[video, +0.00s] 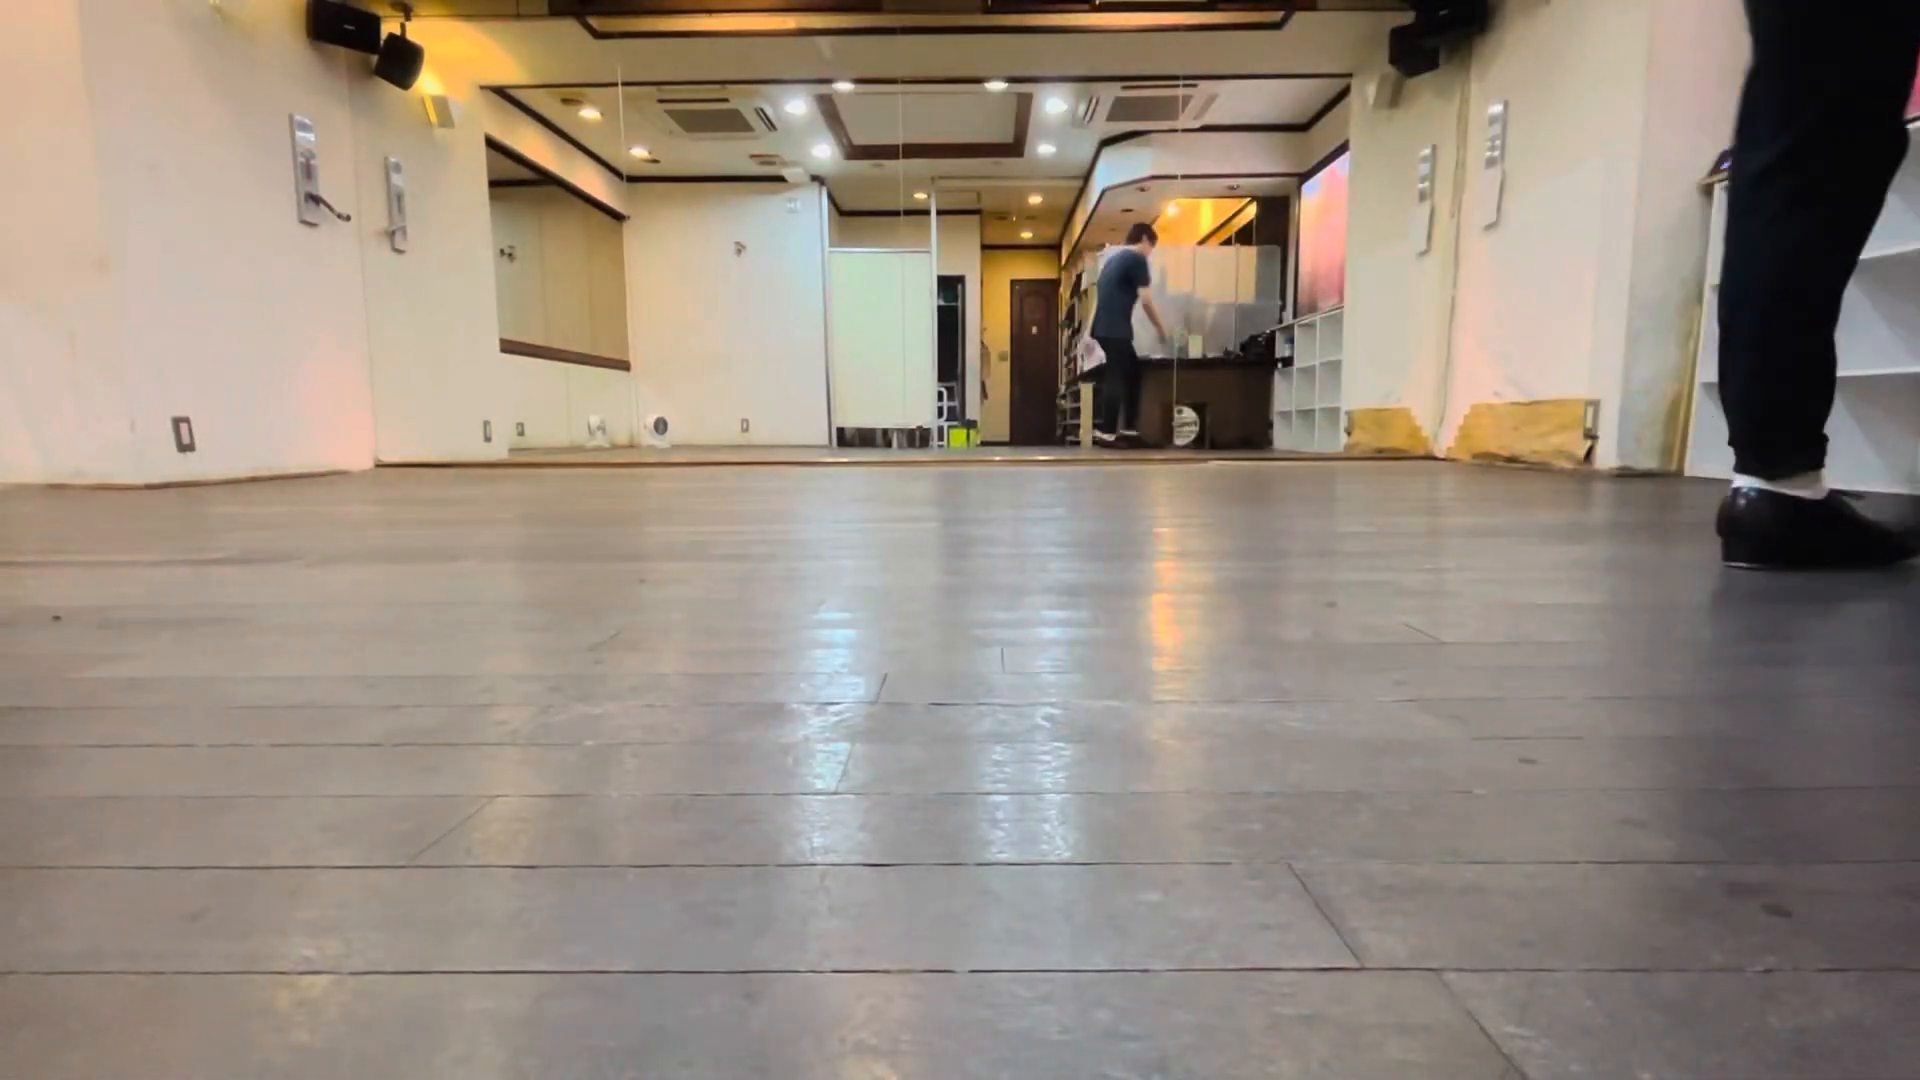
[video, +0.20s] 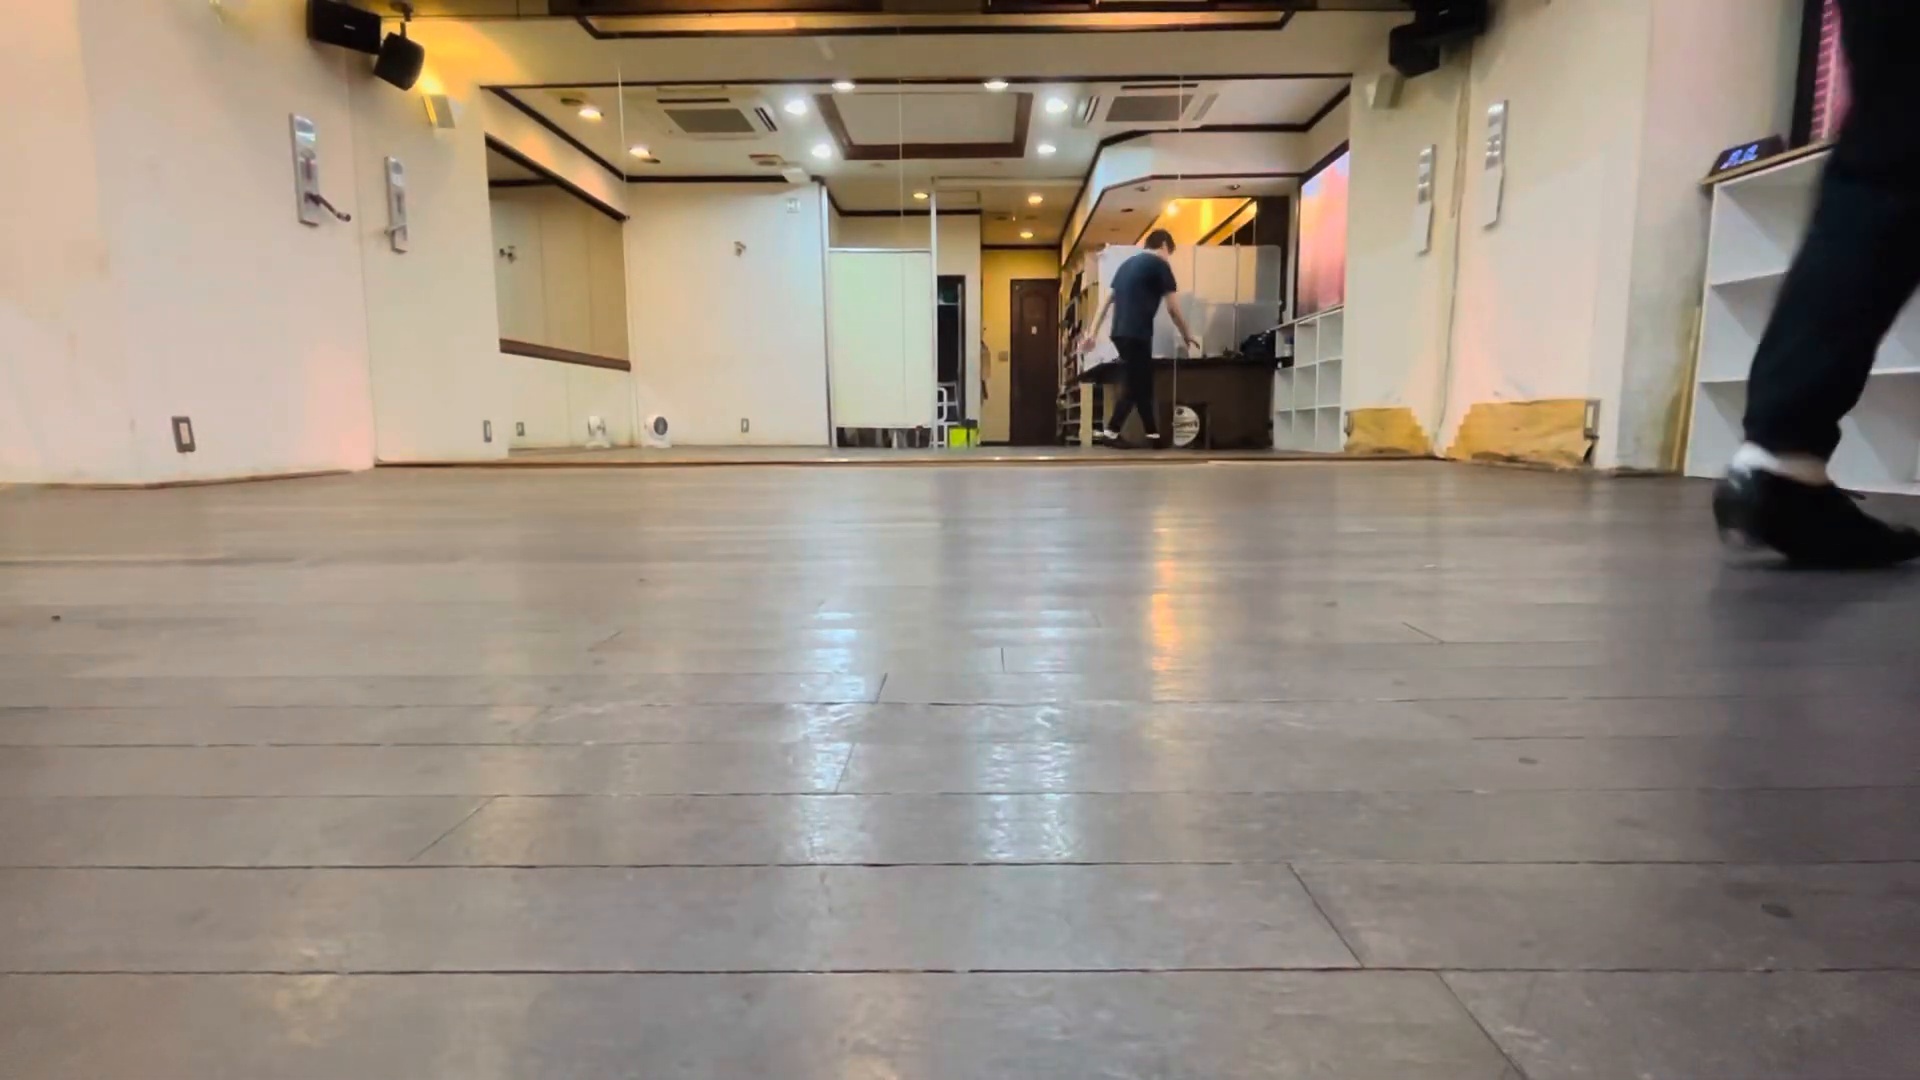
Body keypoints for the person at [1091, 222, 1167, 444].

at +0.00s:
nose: (1150, 251)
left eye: (1152, 246)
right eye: (1151, 246)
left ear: (1132, 240)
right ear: (1144, 240)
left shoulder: (1114, 258)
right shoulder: (1137, 259)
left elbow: (1106, 297)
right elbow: (1146, 301)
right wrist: (1160, 329)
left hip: (1102, 331)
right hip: (1117, 333)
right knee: (1123, 375)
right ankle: (1109, 429)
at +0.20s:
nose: (1169, 256)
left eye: (1170, 252)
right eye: (1170, 251)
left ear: (1147, 245)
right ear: (1163, 246)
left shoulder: (1128, 263)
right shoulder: (1161, 265)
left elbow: (1108, 300)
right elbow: (1172, 308)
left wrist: (1092, 333)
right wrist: (1187, 336)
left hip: (1119, 333)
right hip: (1138, 334)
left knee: (1143, 383)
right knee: (1133, 383)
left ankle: (1152, 432)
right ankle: (1111, 431)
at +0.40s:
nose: (1185, 259)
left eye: (1186, 255)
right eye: (1185, 255)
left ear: (1162, 248)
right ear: (1178, 249)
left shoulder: (1139, 264)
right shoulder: (1178, 267)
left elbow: (1128, 303)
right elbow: (1187, 311)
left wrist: (1125, 332)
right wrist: (1195, 342)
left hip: (1130, 333)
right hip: (1152, 334)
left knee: (1146, 383)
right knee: (1160, 382)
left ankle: (1151, 431)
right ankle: (1135, 423)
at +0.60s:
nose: (1193, 259)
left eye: (1194, 257)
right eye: (1194, 256)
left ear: (1170, 249)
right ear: (1190, 252)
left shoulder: (1149, 263)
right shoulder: (1188, 268)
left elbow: (1134, 300)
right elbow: (1192, 310)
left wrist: (1129, 332)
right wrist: (1195, 344)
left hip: (1137, 330)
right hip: (1160, 330)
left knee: (1147, 381)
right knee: (1164, 380)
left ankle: (1156, 431)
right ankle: (1165, 431)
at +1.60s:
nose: (1211, 258)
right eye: (1212, 255)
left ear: (1189, 247)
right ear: (1208, 252)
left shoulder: (1174, 253)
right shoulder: (1215, 269)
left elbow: (1162, 278)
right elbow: (1215, 313)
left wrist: (1151, 316)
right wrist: (1205, 343)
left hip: (1163, 324)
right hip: (1189, 330)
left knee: (1149, 376)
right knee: (1185, 381)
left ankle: (1139, 428)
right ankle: (1180, 433)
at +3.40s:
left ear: (1185, 240)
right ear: (1204, 245)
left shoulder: (1175, 246)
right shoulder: (1213, 264)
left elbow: (1164, 275)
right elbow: (1216, 311)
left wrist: (1152, 311)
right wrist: (1205, 342)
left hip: (1161, 323)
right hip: (1186, 328)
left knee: (1148, 373)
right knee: (1184, 378)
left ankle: (1143, 427)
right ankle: (1182, 433)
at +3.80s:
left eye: (1172, 239)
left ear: (1173, 238)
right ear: (1194, 243)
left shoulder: (1163, 248)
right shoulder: (1202, 262)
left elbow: (1152, 280)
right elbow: (1209, 311)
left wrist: (1141, 316)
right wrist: (1204, 343)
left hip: (1153, 326)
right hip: (1178, 330)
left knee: (1144, 375)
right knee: (1179, 378)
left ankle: (1145, 429)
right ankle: (1181, 432)